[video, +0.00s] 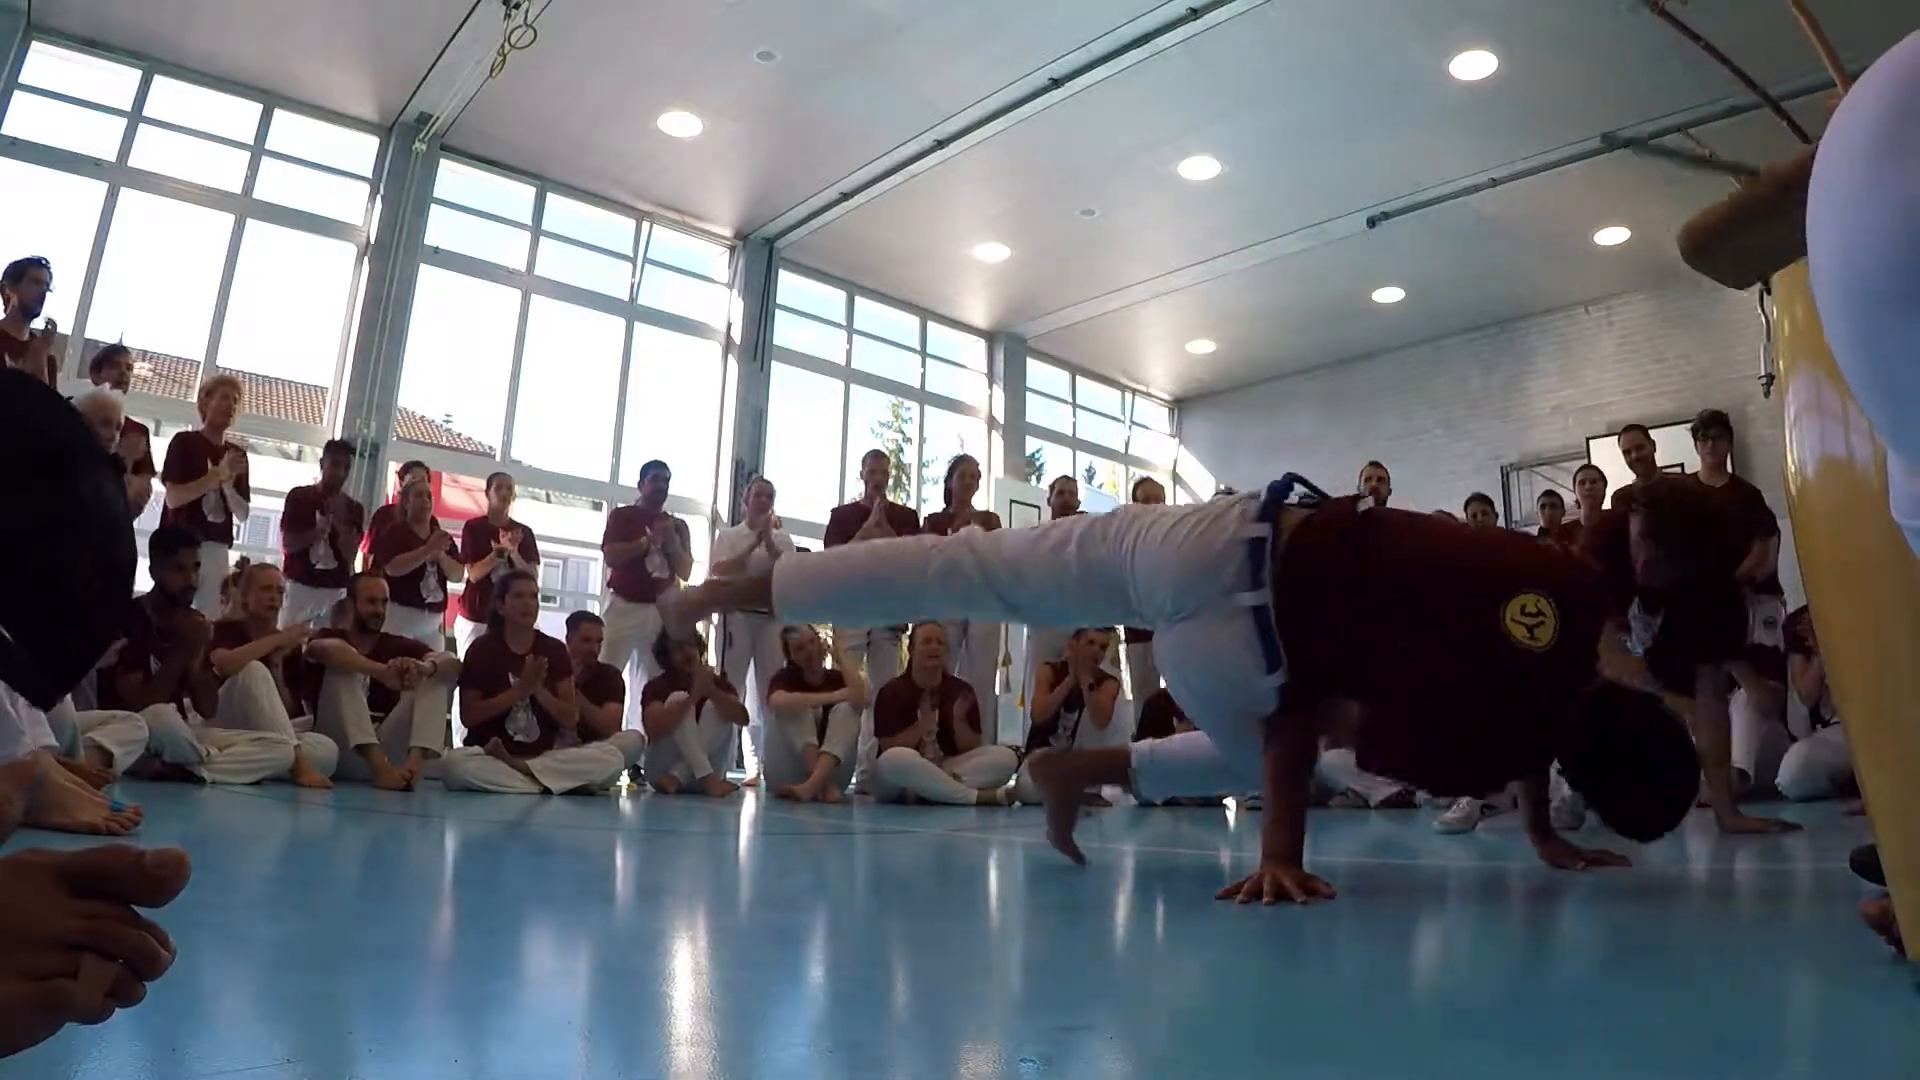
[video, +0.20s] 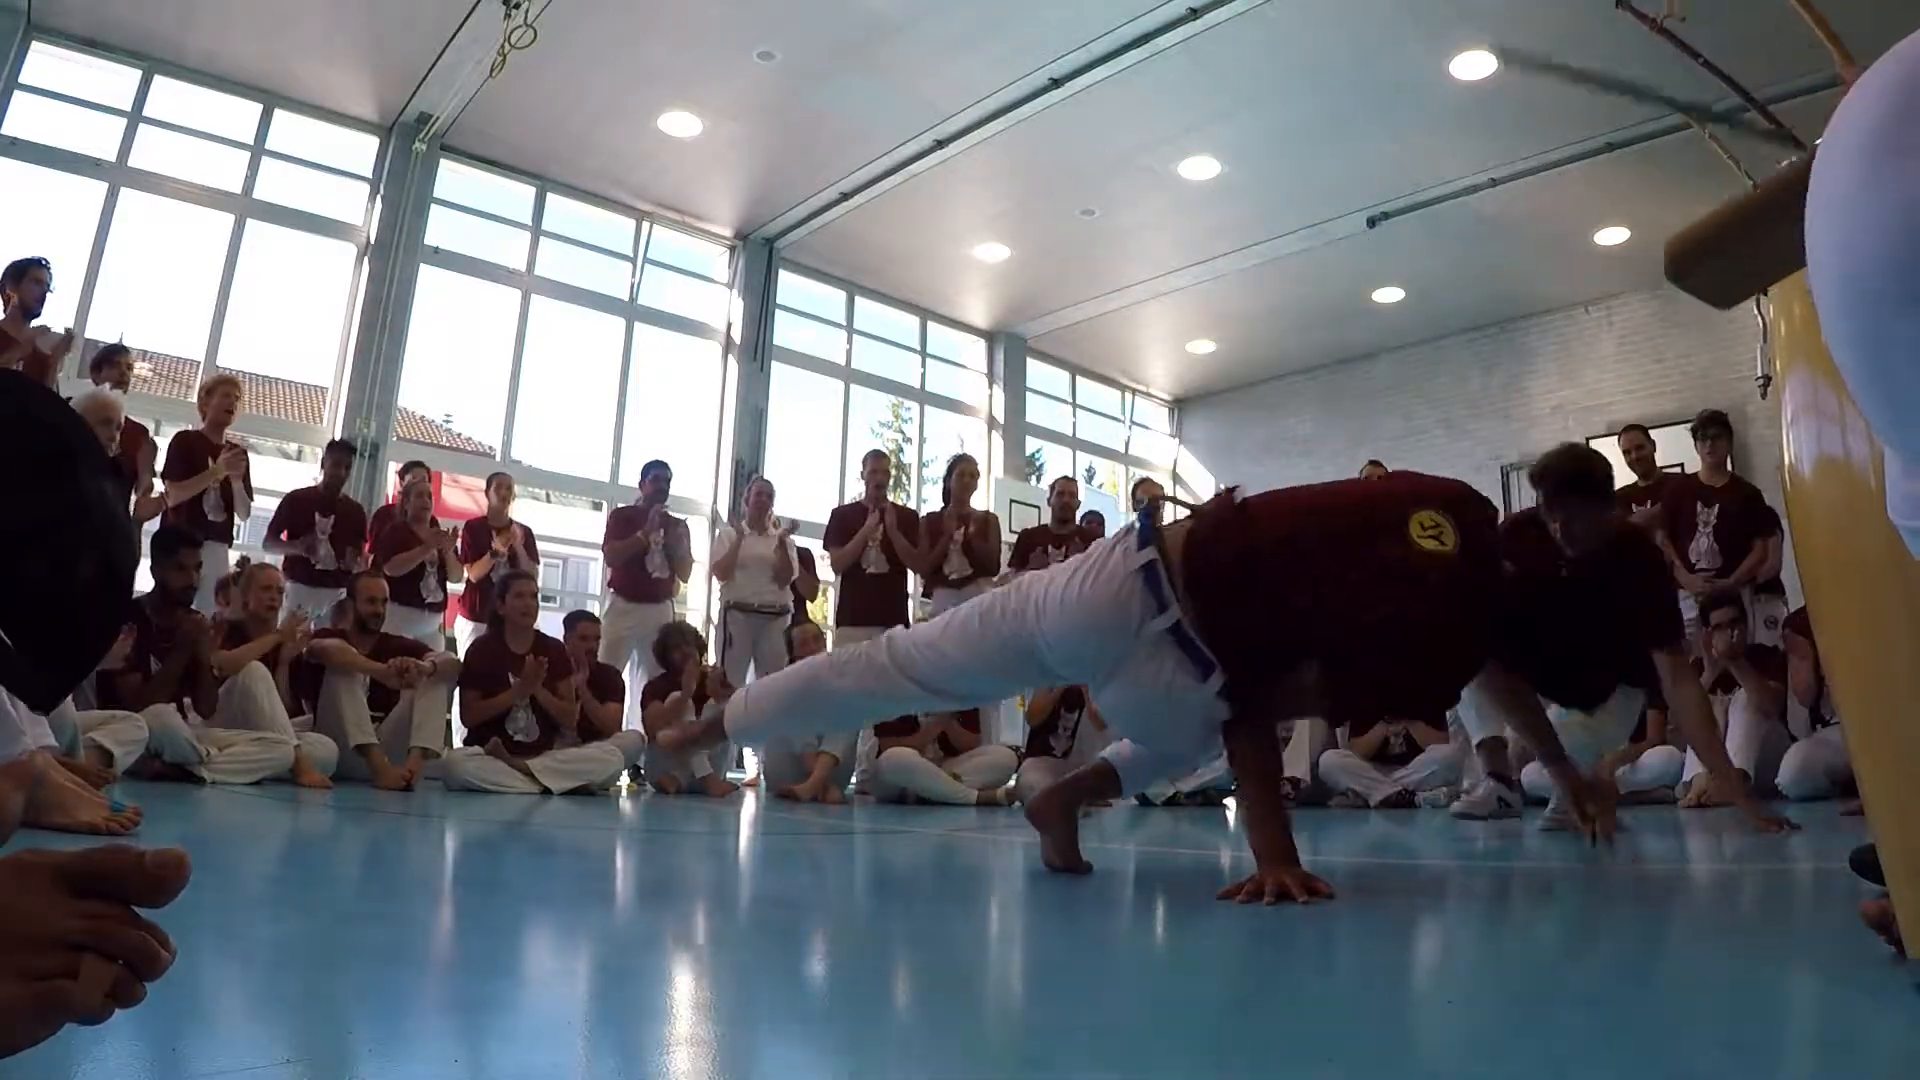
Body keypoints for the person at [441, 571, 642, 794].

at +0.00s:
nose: (528, 604)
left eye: (533, 597)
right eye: (519, 597)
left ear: (539, 603)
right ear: (500, 605)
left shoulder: (555, 649)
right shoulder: (481, 649)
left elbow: (570, 718)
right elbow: (469, 716)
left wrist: (537, 690)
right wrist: (521, 689)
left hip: (546, 757)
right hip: (488, 755)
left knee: (613, 758)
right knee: (453, 765)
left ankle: (523, 766)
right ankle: (550, 786)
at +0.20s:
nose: (528, 604)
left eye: (533, 597)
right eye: (519, 597)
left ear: (539, 603)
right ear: (500, 605)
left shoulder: (555, 649)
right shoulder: (481, 649)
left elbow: (569, 717)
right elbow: (469, 716)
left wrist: (535, 689)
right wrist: (519, 690)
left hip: (546, 756)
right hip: (488, 755)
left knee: (612, 758)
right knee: (454, 765)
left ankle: (522, 765)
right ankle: (550, 786)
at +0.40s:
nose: (528, 603)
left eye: (533, 597)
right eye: (519, 597)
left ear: (539, 603)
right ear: (500, 605)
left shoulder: (554, 649)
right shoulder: (481, 649)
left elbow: (569, 718)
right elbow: (469, 716)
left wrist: (535, 689)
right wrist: (520, 690)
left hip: (546, 756)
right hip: (489, 755)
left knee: (612, 758)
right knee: (454, 765)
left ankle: (522, 765)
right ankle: (549, 786)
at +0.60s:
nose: (528, 603)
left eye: (533, 597)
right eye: (519, 597)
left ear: (539, 603)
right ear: (500, 605)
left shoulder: (555, 649)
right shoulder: (481, 648)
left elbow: (569, 717)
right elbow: (469, 716)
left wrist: (535, 687)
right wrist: (520, 689)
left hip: (546, 756)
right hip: (488, 755)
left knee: (612, 758)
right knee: (454, 765)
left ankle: (523, 766)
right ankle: (550, 786)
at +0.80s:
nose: (529, 600)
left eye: (534, 595)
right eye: (519, 594)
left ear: (540, 603)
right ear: (500, 604)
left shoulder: (556, 649)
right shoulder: (482, 648)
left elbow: (570, 717)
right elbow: (469, 715)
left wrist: (536, 688)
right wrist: (521, 689)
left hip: (546, 756)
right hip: (488, 756)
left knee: (613, 757)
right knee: (455, 765)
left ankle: (523, 766)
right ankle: (551, 786)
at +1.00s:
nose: (530, 599)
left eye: (535, 593)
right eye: (521, 593)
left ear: (542, 601)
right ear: (503, 603)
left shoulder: (556, 648)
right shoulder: (483, 646)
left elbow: (570, 717)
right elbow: (468, 713)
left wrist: (536, 688)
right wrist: (521, 687)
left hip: (546, 755)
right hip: (488, 755)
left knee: (612, 758)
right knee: (454, 765)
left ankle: (522, 766)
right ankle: (550, 786)